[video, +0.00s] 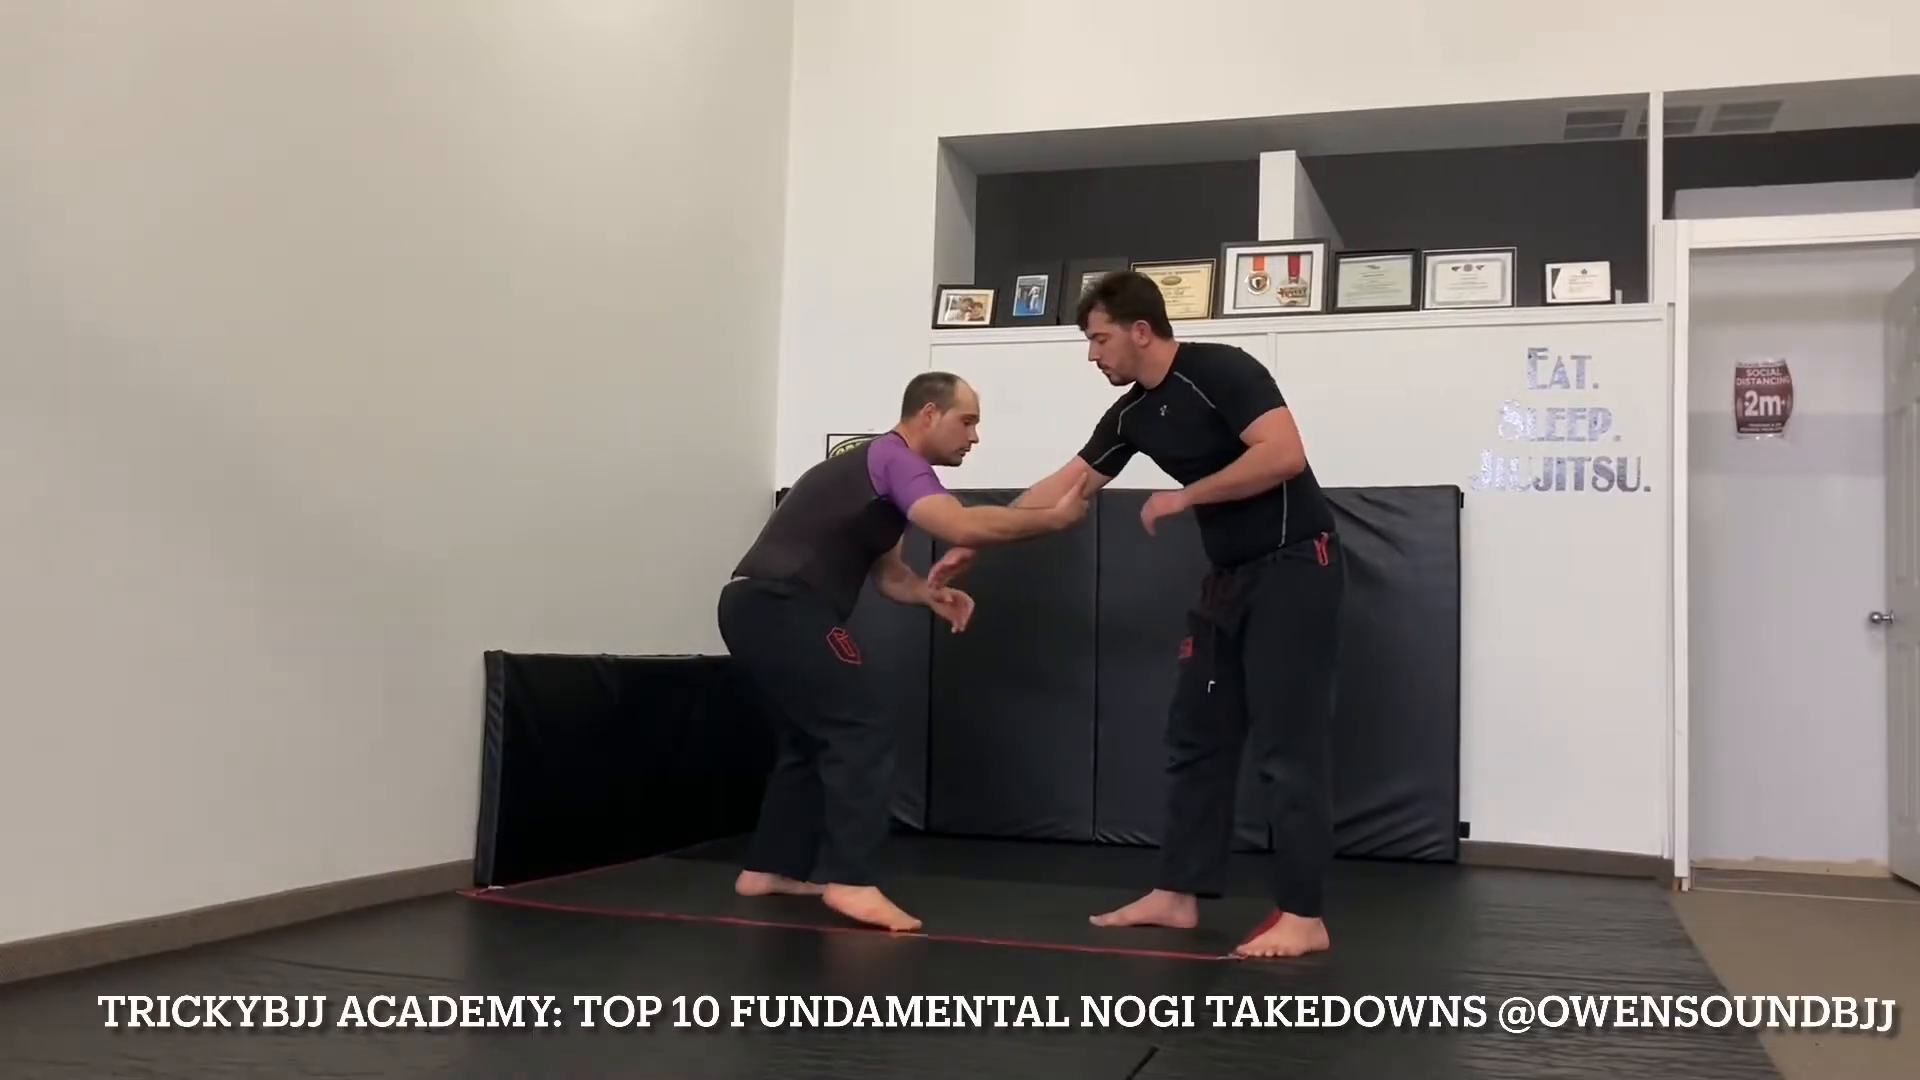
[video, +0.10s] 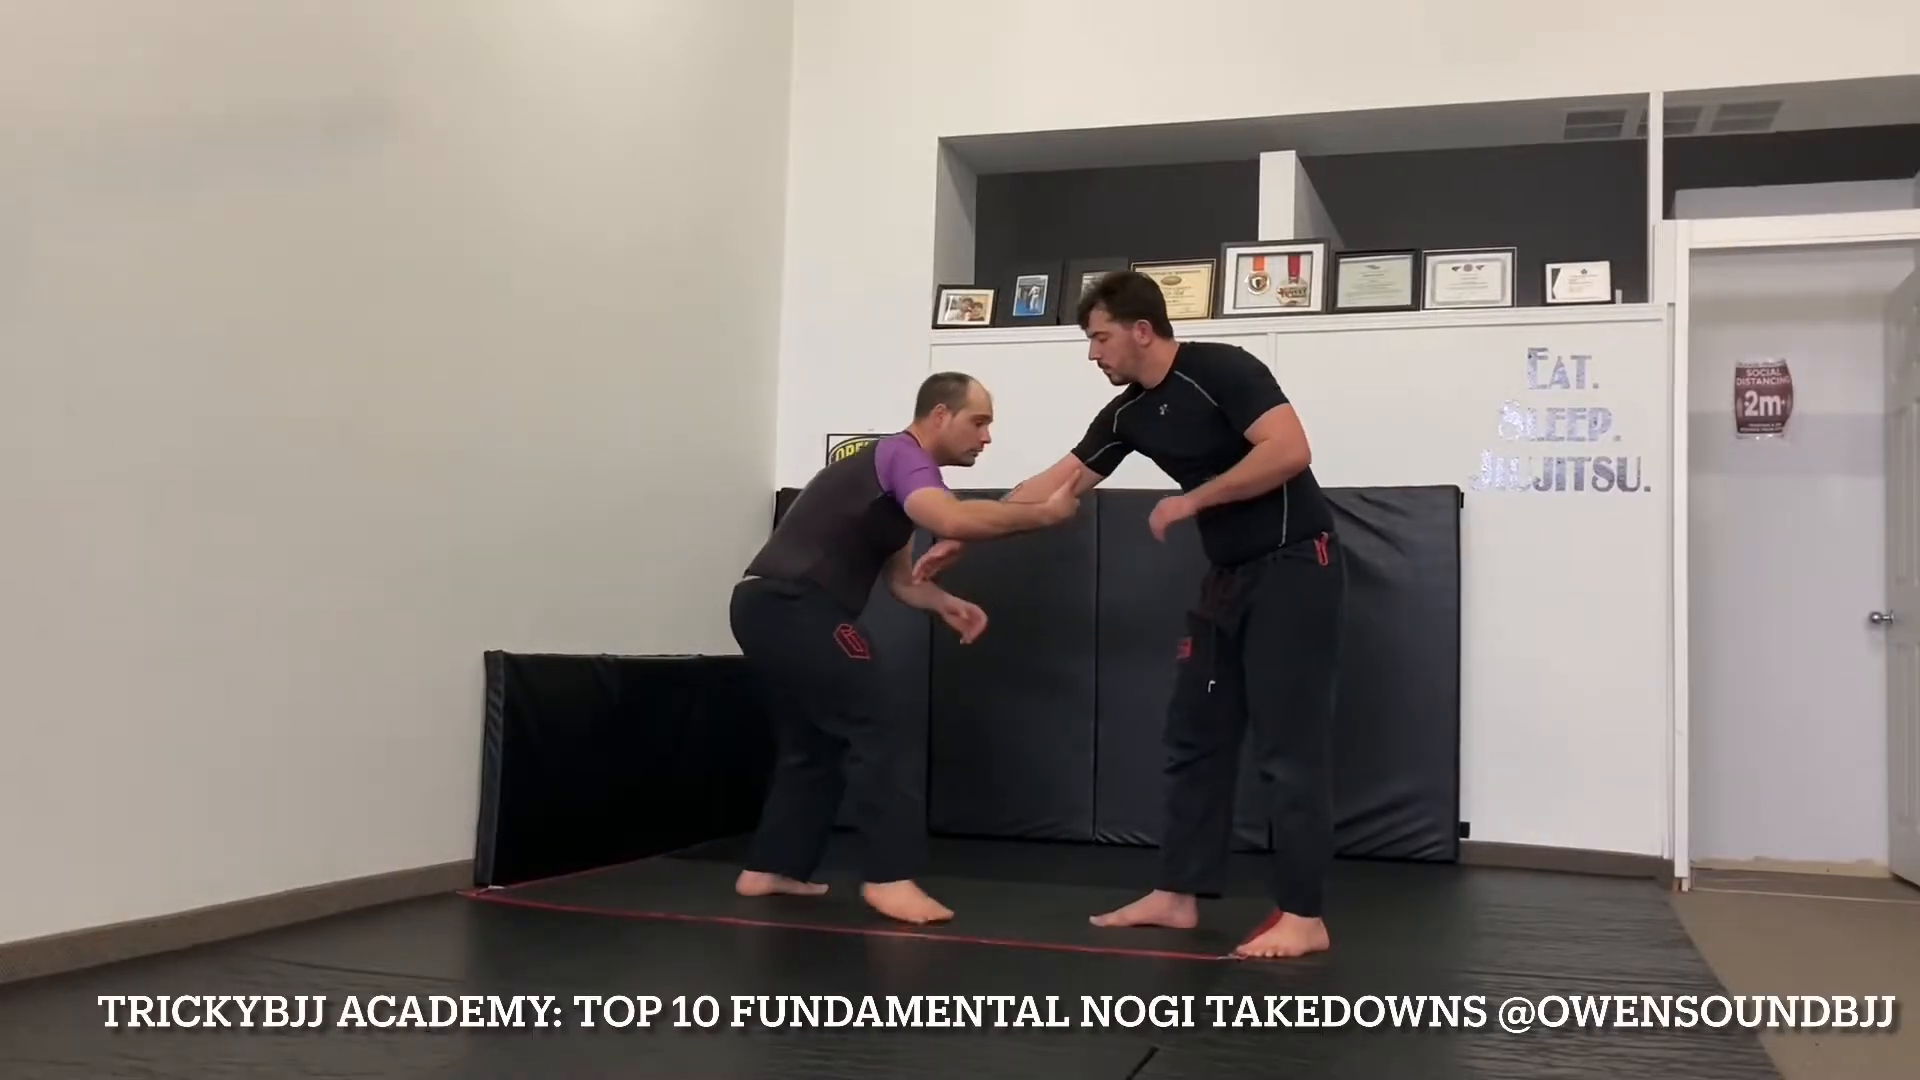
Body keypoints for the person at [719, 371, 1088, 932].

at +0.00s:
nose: (975, 436)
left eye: (976, 424)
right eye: (967, 422)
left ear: (924, 418)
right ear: (929, 414)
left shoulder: (871, 459)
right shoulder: (895, 456)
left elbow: (885, 569)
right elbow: (957, 525)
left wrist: (932, 594)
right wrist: (1050, 516)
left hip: (755, 603)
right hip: (787, 607)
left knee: (807, 738)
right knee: (860, 729)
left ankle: (771, 866)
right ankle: (851, 881)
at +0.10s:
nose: (987, 436)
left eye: (989, 424)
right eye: (979, 422)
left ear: (937, 420)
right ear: (940, 416)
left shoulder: (895, 468)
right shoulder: (902, 452)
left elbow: (898, 576)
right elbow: (944, 518)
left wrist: (944, 604)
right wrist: (1041, 513)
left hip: (773, 603)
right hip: (793, 605)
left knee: (813, 739)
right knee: (880, 722)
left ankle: (771, 867)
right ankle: (889, 878)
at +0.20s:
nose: (1005, 440)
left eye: (1008, 428)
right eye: (998, 426)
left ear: (956, 425)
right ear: (957, 420)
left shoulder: (915, 468)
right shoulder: (919, 454)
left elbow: (924, 571)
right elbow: (942, 516)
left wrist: (977, 604)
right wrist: (1038, 511)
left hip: (789, 607)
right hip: (815, 612)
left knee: (824, 744)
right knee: (909, 729)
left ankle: (774, 866)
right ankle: (929, 876)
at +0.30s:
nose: (1029, 448)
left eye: (1032, 436)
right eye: (1021, 435)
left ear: (981, 430)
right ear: (980, 427)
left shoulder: (951, 476)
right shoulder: (940, 461)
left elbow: (966, 565)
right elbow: (953, 519)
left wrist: (1027, 597)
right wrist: (1043, 513)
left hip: (818, 617)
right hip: (842, 621)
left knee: (850, 745)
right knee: (934, 730)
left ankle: (779, 863)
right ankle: (934, 882)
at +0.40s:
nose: (1049, 452)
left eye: (1053, 440)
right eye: (1041, 439)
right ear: (999, 430)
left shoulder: (1000, 484)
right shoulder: (959, 464)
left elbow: (1017, 554)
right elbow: (972, 526)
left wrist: (1086, 579)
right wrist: (1064, 516)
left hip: (897, 623)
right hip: (873, 620)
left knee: (902, 750)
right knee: (960, 737)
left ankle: (806, 834)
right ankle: (937, 884)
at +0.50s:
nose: (1059, 454)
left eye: (1064, 441)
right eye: (1045, 442)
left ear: (1069, 430)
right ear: (1009, 432)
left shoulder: (1043, 480)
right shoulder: (973, 467)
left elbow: (1083, 538)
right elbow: (992, 539)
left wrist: (1156, 551)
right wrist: (1072, 516)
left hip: (953, 620)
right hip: (903, 615)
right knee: (974, 739)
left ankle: (881, 813)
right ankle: (940, 885)